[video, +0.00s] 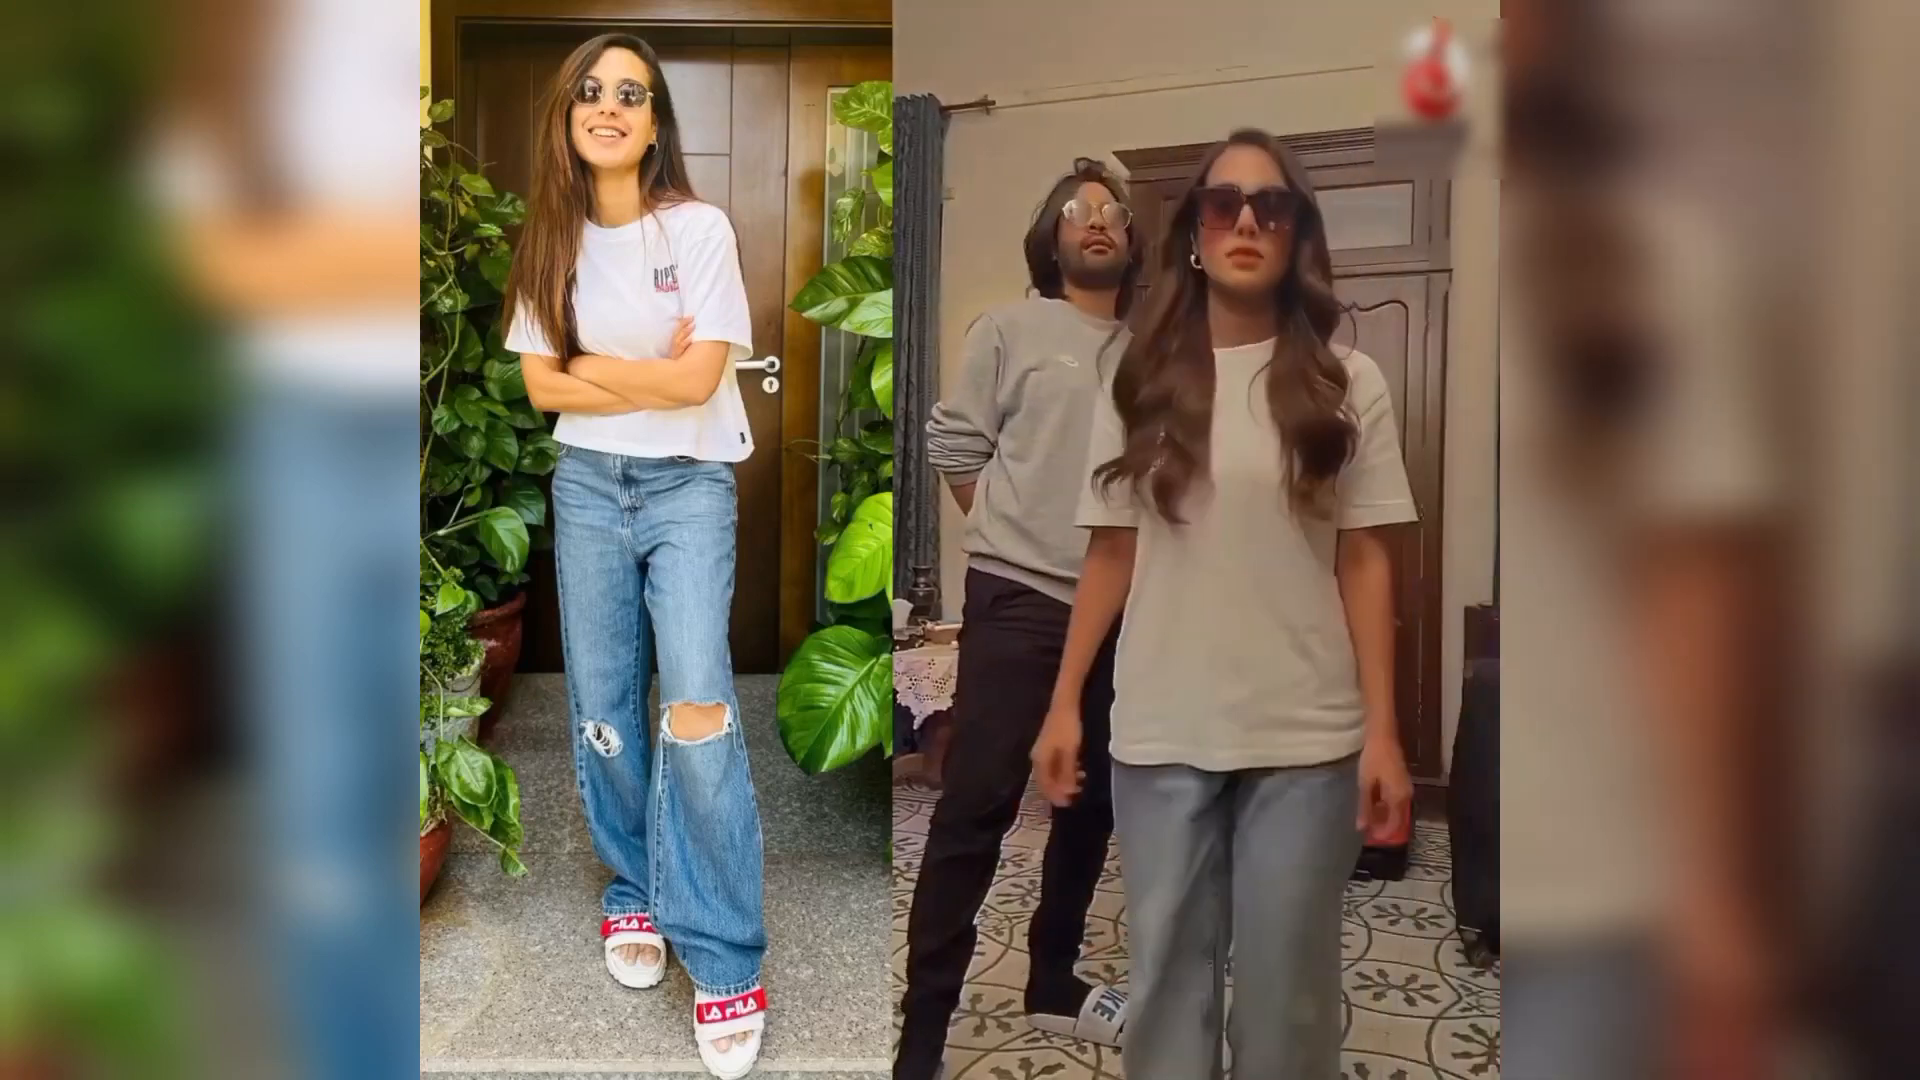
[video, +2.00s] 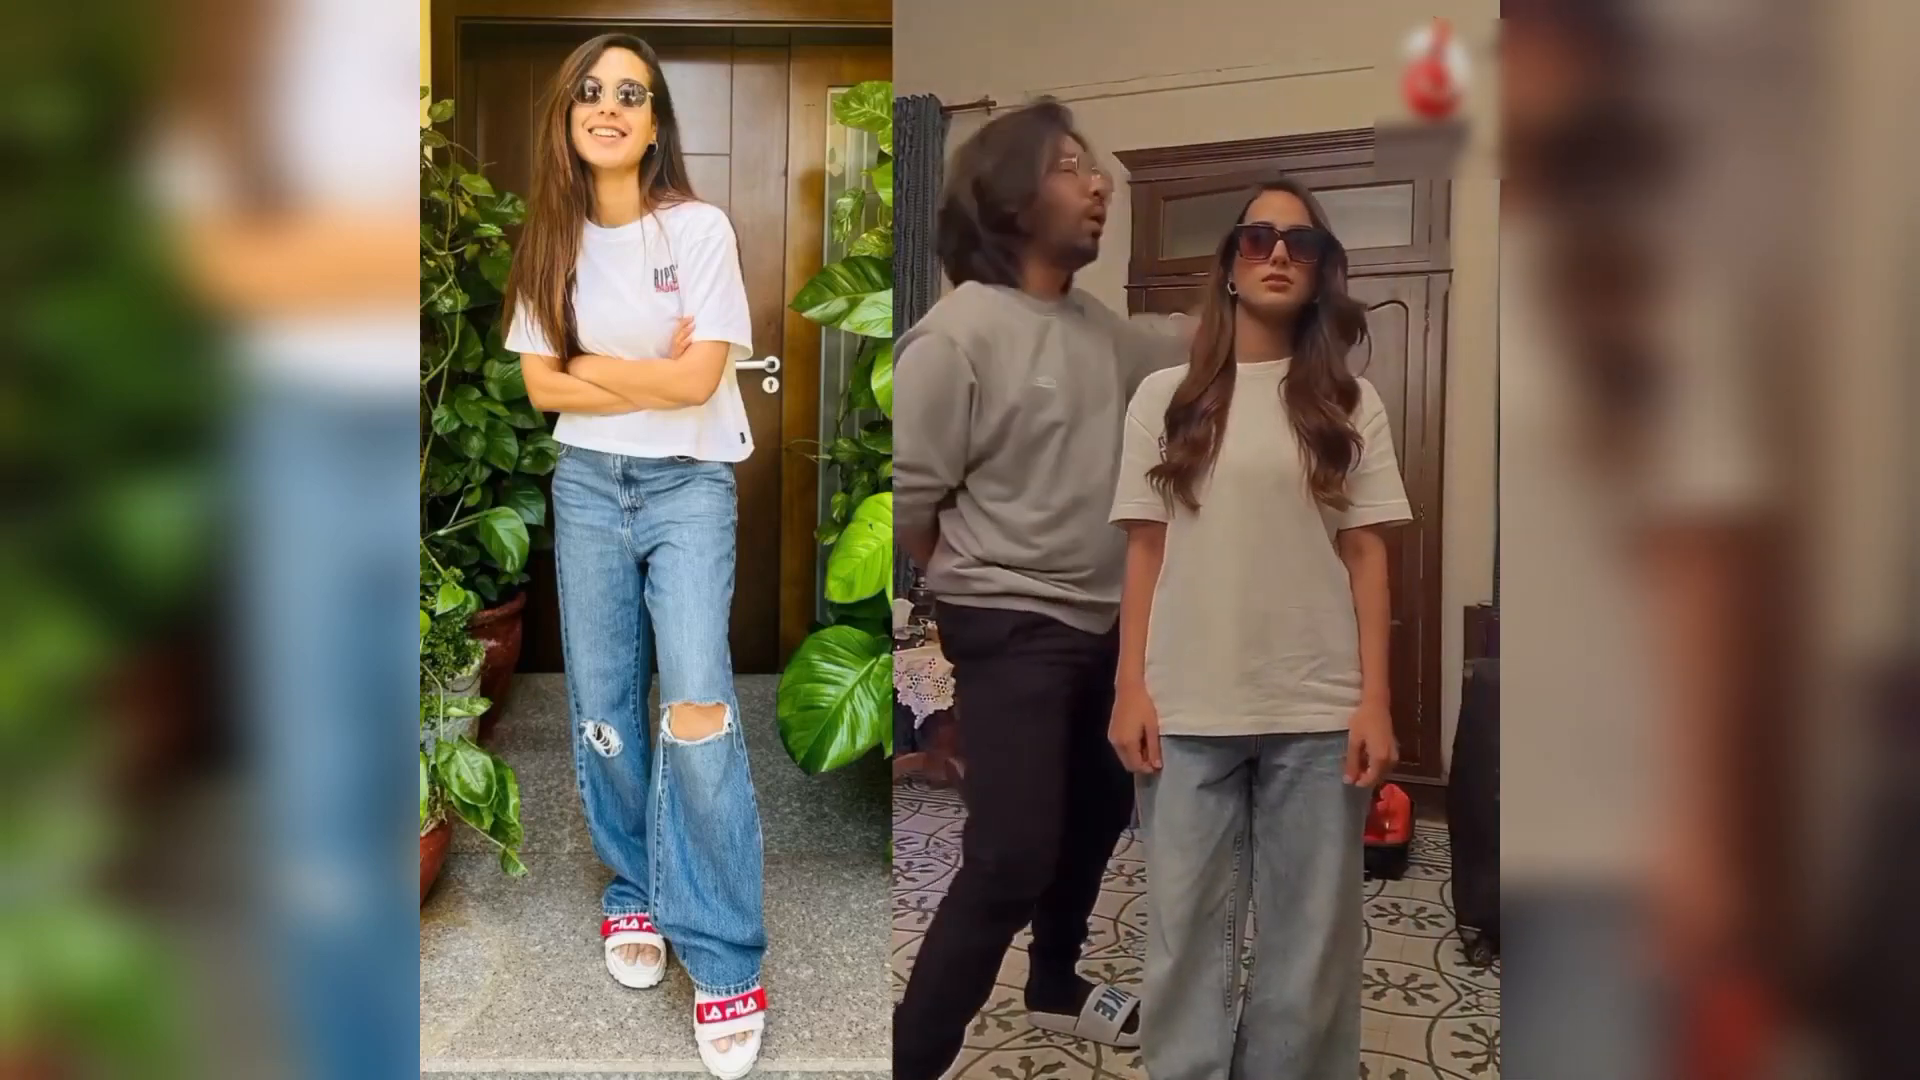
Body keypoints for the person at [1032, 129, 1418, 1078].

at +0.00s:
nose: (1246, 221)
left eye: (1270, 206)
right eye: (1224, 205)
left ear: (1300, 234)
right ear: (1193, 237)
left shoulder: (1346, 378)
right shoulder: (1143, 369)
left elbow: (1363, 561)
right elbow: (1109, 548)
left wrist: (1382, 733)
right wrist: (1065, 699)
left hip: (1308, 736)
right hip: (1162, 731)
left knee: (1287, 1003)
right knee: (1166, 997)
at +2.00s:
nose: (1278, 252)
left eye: (1299, 241)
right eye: (1259, 239)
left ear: (1324, 269)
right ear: (1228, 265)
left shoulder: (1351, 400)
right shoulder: (1167, 395)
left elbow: (1366, 556)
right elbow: (1145, 551)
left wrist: (1374, 701)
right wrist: (1131, 683)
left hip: (1319, 715)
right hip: (1187, 714)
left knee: (1310, 955)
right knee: (1179, 944)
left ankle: (1286, 1072)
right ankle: (1183, 1068)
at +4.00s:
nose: (1272, 252)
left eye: (1294, 241)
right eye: (1253, 238)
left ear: (1318, 269)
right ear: (1225, 264)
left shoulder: (1358, 396)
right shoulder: (1174, 396)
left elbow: (1373, 555)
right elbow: (1150, 548)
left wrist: (1375, 699)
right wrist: (1134, 684)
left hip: (1324, 717)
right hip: (1191, 716)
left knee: (1312, 959)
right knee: (1184, 949)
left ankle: (1289, 1074)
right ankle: (1186, 1070)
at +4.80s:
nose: (1278, 249)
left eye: (1300, 240)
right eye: (1260, 235)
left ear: (1323, 271)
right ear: (1228, 261)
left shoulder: (1346, 395)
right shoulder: (1164, 390)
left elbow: (1366, 552)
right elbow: (1143, 544)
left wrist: (1386, 682)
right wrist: (1121, 671)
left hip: (1322, 714)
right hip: (1185, 712)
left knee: (1309, 954)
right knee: (1181, 944)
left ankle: (1290, 1073)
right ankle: (1186, 1068)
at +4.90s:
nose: (1274, 247)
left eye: (1295, 236)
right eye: (1255, 233)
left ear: (1320, 265)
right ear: (1225, 260)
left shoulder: (1351, 393)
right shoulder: (1168, 390)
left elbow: (1354, 542)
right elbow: (1164, 540)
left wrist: (1421, 535)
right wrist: (1103, 552)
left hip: (1320, 707)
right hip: (1185, 705)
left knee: (1310, 951)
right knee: (1183, 943)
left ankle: (1293, 1071)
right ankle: (1184, 1067)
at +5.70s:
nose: (1265, 247)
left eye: (1285, 236)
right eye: (1246, 233)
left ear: (1311, 265)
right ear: (1216, 262)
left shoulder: (1346, 396)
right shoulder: (1161, 394)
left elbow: (1353, 544)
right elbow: (1153, 541)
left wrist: (1426, 550)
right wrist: (1070, 544)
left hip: (1317, 708)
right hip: (1180, 707)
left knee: (1308, 949)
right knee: (1183, 942)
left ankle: (1294, 1072)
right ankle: (1185, 1068)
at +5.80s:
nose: (1264, 245)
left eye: (1285, 234)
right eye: (1246, 232)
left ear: (1311, 265)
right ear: (1216, 263)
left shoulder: (1344, 392)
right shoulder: (1163, 390)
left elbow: (1394, 540)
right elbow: (1115, 532)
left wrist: (1431, 407)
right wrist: (1066, 402)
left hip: (1317, 706)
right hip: (1181, 704)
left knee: (1309, 953)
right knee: (1182, 945)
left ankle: (1294, 1072)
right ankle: (1184, 1067)